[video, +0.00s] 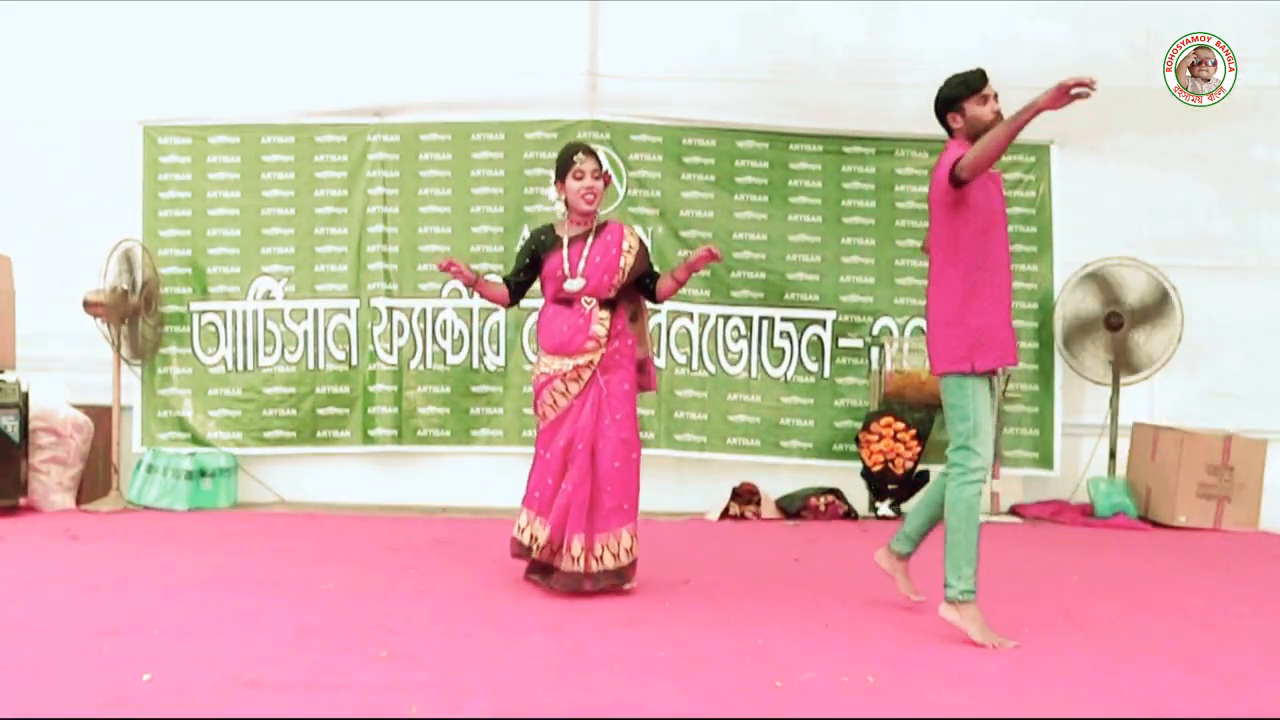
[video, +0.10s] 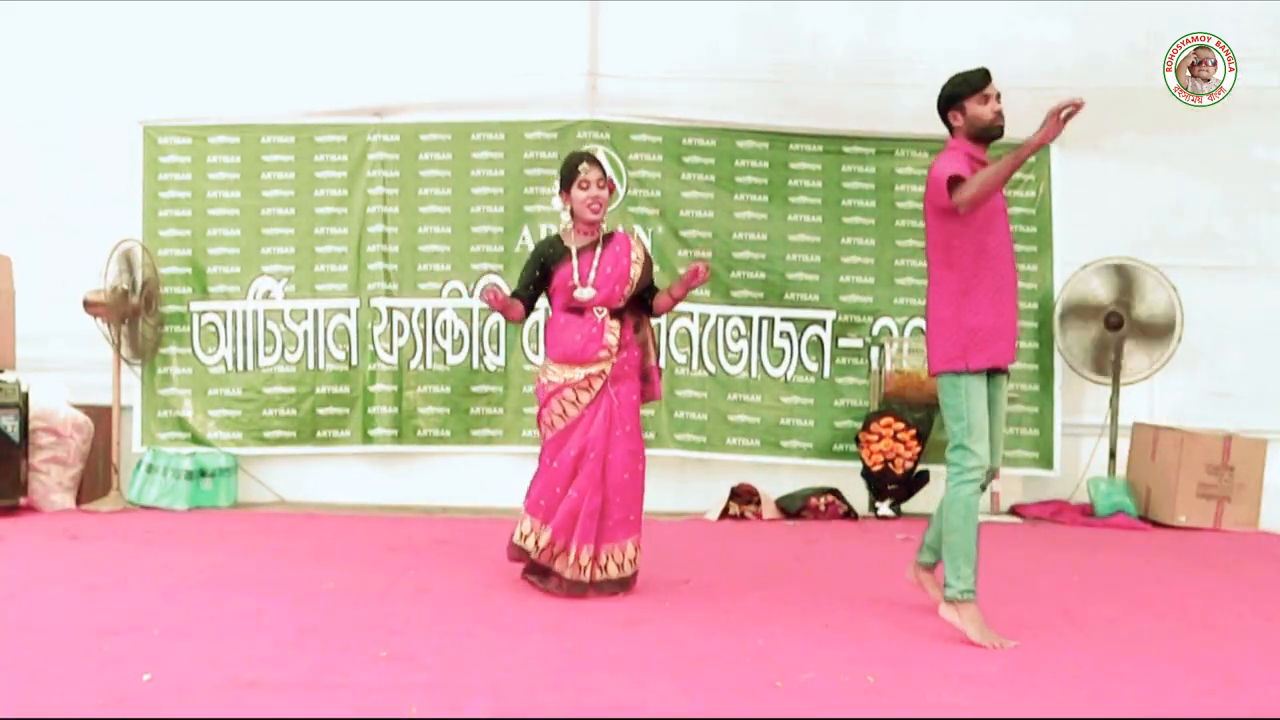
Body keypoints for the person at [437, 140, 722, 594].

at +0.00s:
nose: (590, 185)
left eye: (597, 177)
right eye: (580, 177)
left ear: (606, 185)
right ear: (561, 187)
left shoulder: (624, 239)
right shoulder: (544, 240)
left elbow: (656, 291)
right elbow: (509, 294)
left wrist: (688, 266)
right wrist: (471, 279)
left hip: (613, 362)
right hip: (559, 363)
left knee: (609, 456)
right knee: (560, 454)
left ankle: (604, 560)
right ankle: (558, 555)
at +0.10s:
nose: (595, 195)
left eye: (602, 186)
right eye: (584, 186)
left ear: (611, 193)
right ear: (566, 196)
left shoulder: (628, 247)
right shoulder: (550, 250)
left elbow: (651, 306)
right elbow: (519, 311)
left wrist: (683, 285)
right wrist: (498, 298)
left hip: (617, 376)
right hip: (565, 376)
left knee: (614, 466)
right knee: (566, 464)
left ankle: (608, 564)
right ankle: (560, 560)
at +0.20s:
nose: (605, 207)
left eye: (611, 197)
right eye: (594, 199)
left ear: (620, 202)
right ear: (575, 210)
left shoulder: (635, 258)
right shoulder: (567, 261)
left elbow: (645, 323)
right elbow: (549, 327)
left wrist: (666, 313)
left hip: (629, 384)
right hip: (580, 385)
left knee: (630, 475)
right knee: (588, 476)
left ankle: (610, 568)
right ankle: (548, 547)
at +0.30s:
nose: (612, 204)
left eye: (617, 194)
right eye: (600, 197)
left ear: (625, 199)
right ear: (580, 207)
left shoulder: (634, 253)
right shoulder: (576, 258)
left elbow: (663, 318)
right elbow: (582, 321)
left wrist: (658, 286)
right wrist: (639, 302)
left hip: (630, 379)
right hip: (584, 381)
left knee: (636, 471)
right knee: (606, 471)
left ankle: (610, 560)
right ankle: (553, 538)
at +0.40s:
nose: (622, 188)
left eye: (626, 178)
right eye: (610, 181)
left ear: (633, 183)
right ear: (590, 193)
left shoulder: (637, 238)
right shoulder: (588, 239)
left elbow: (669, 295)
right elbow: (617, 292)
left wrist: (655, 256)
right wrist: (662, 257)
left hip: (637, 363)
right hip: (595, 364)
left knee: (647, 460)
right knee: (619, 462)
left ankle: (626, 568)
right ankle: (598, 571)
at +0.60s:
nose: (642, 191)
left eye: (644, 183)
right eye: (630, 185)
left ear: (644, 188)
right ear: (607, 196)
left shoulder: (627, 241)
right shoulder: (618, 241)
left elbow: (639, 307)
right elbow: (631, 311)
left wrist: (679, 305)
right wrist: (686, 320)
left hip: (635, 375)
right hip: (627, 378)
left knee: (636, 473)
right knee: (655, 476)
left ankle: (591, 565)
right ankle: (630, 592)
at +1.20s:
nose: (615, 193)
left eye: (619, 184)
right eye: (603, 185)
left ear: (625, 188)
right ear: (581, 195)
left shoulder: (635, 239)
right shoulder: (573, 242)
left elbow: (660, 293)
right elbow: (580, 308)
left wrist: (647, 286)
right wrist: (641, 304)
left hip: (626, 364)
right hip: (583, 366)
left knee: (636, 457)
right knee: (601, 460)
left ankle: (630, 562)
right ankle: (579, 562)